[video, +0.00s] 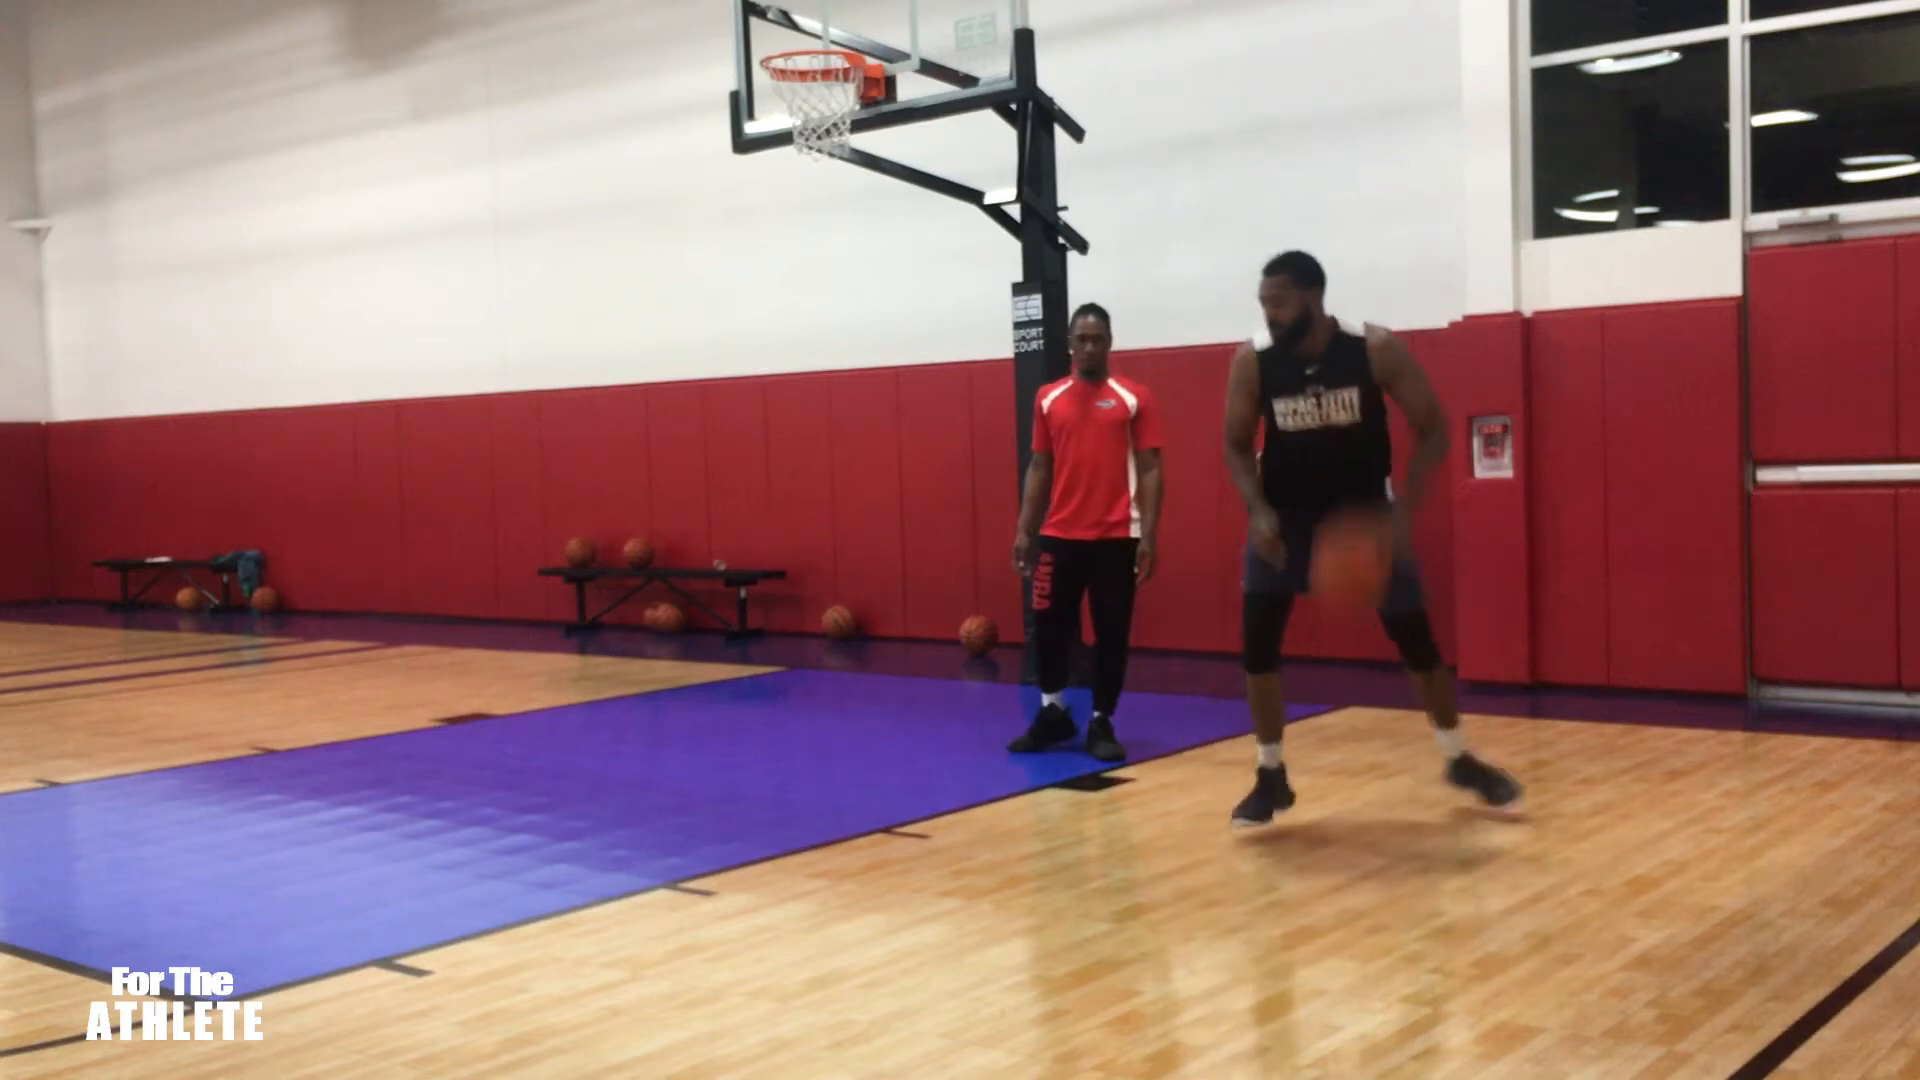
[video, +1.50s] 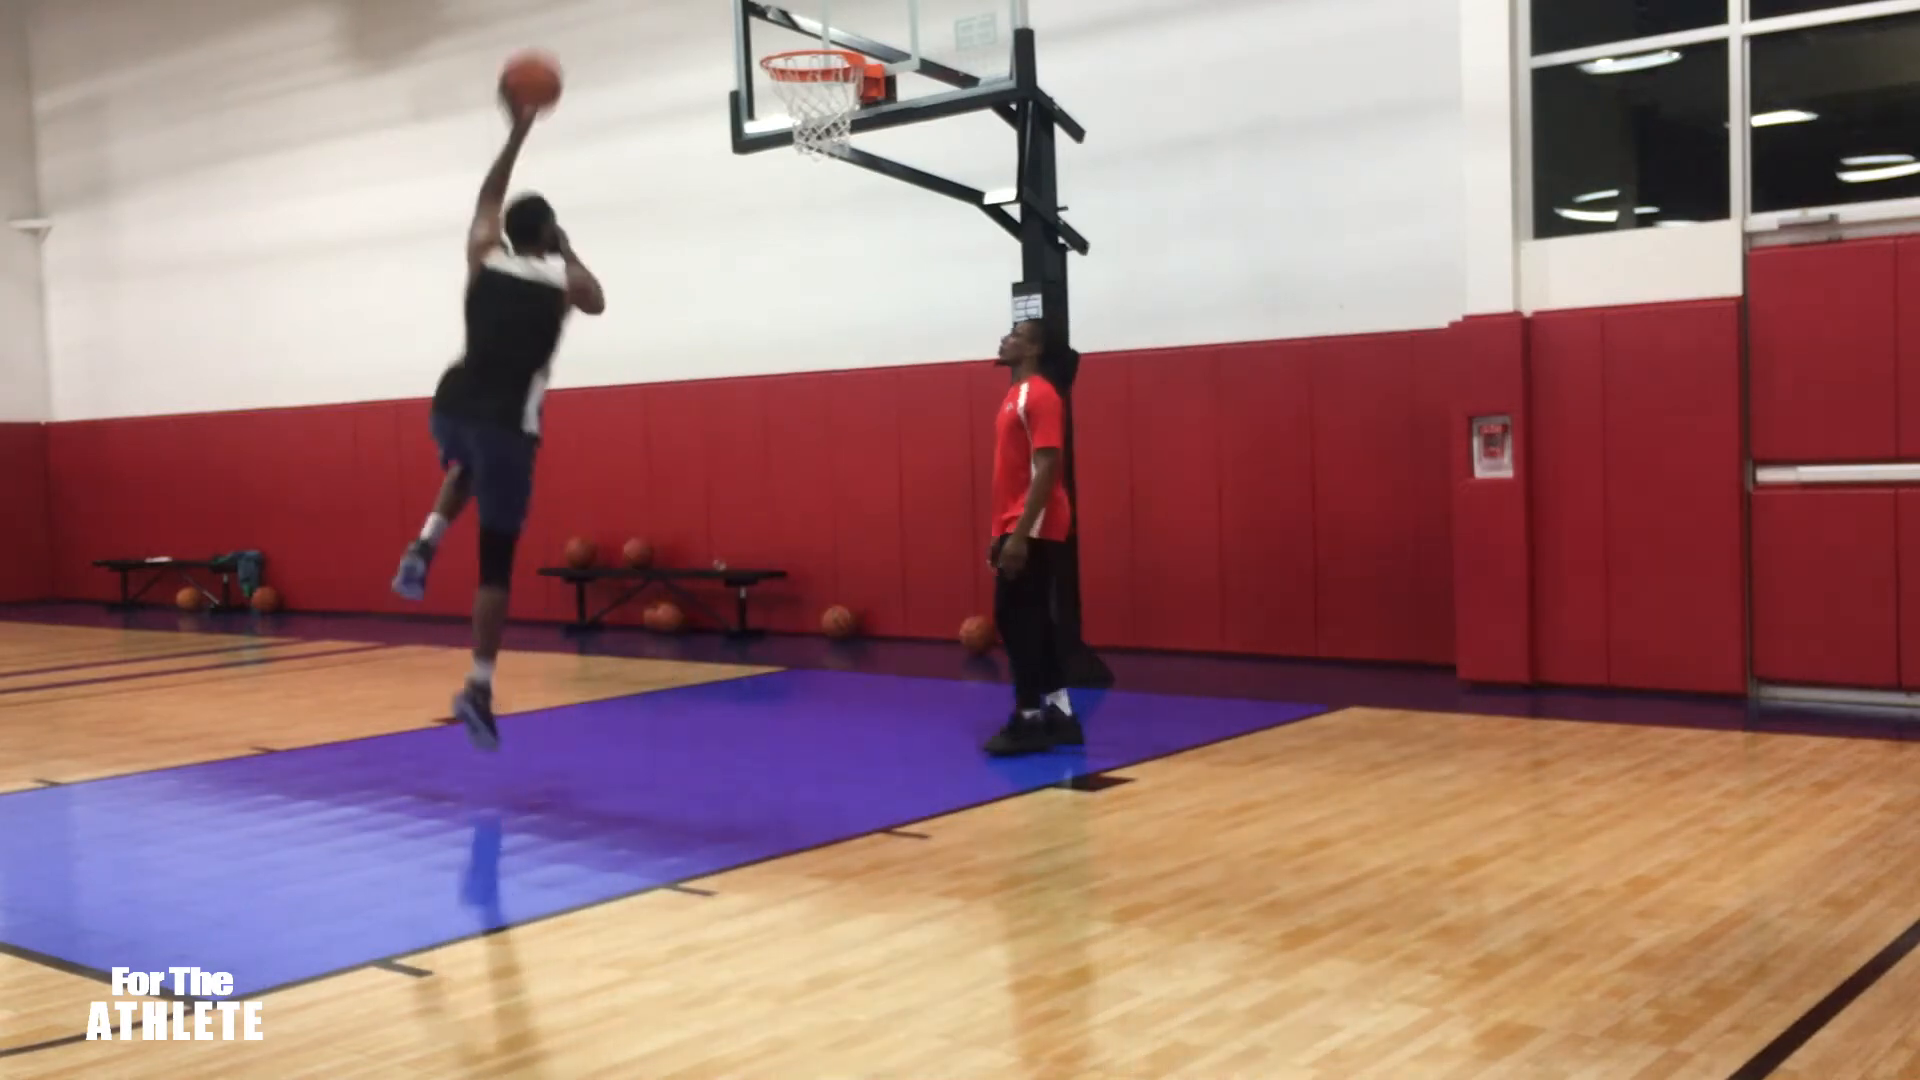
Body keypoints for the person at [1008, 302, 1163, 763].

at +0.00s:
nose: (1089, 347)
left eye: (1097, 339)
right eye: (1082, 339)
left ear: (1111, 344)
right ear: (1070, 344)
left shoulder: (1135, 399)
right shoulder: (1050, 398)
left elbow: (1150, 468)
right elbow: (1039, 469)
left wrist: (1149, 535)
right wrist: (1024, 532)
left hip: (1115, 537)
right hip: (1060, 536)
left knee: (1112, 634)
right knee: (1049, 623)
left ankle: (1102, 722)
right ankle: (1052, 712)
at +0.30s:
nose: (1086, 347)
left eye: (1094, 340)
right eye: (1079, 339)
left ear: (1107, 345)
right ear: (1066, 344)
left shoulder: (1125, 401)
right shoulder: (1046, 399)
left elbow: (1143, 471)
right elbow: (1037, 468)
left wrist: (1144, 535)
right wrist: (1025, 532)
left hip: (1111, 534)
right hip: (1057, 534)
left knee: (1110, 632)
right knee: (1045, 623)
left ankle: (1102, 721)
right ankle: (1051, 712)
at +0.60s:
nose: (1065, 345)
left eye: (1075, 337)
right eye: (1060, 337)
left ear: (1100, 343)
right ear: (1055, 343)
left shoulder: (1121, 398)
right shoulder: (1042, 399)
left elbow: (1136, 469)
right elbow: (1030, 471)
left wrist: (1130, 537)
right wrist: (1020, 528)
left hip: (1101, 528)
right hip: (1050, 528)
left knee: (1103, 629)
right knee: (1039, 622)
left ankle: (1101, 719)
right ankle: (1046, 707)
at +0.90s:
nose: (1036, 345)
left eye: (1046, 338)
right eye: (1036, 337)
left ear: (1072, 345)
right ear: (1039, 343)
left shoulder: (1098, 399)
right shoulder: (1026, 400)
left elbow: (1116, 471)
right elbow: (1019, 468)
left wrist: (1112, 537)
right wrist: (1004, 529)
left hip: (1082, 536)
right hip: (1037, 537)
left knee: (1090, 627)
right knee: (1042, 624)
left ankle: (1099, 720)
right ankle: (1056, 714)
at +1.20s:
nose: (1016, 343)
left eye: (1026, 337)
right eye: (1018, 336)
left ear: (1050, 347)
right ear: (1027, 345)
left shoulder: (1065, 397)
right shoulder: (1016, 400)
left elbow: (1080, 467)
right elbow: (1016, 474)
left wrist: (1066, 538)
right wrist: (998, 531)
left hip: (1053, 536)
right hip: (1020, 537)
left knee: (1064, 626)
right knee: (1030, 623)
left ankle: (1087, 720)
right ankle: (1055, 711)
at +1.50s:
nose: (1005, 340)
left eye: (1015, 336)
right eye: (1008, 334)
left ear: (1035, 349)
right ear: (1022, 348)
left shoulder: (1039, 394)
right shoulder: (1016, 395)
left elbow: (1046, 465)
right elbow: (1014, 471)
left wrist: (1022, 533)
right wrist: (1000, 530)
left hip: (1035, 532)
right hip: (1021, 530)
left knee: (1018, 621)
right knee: (1031, 621)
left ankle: (1029, 715)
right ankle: (1057, 709)